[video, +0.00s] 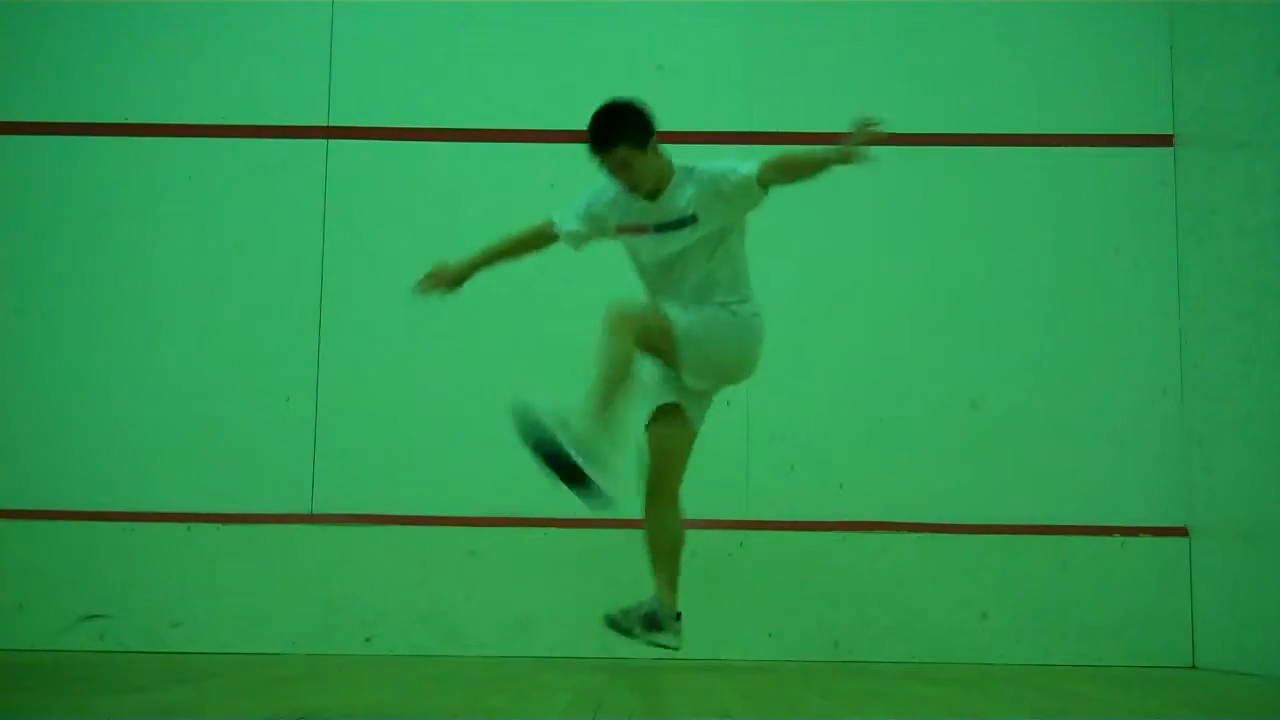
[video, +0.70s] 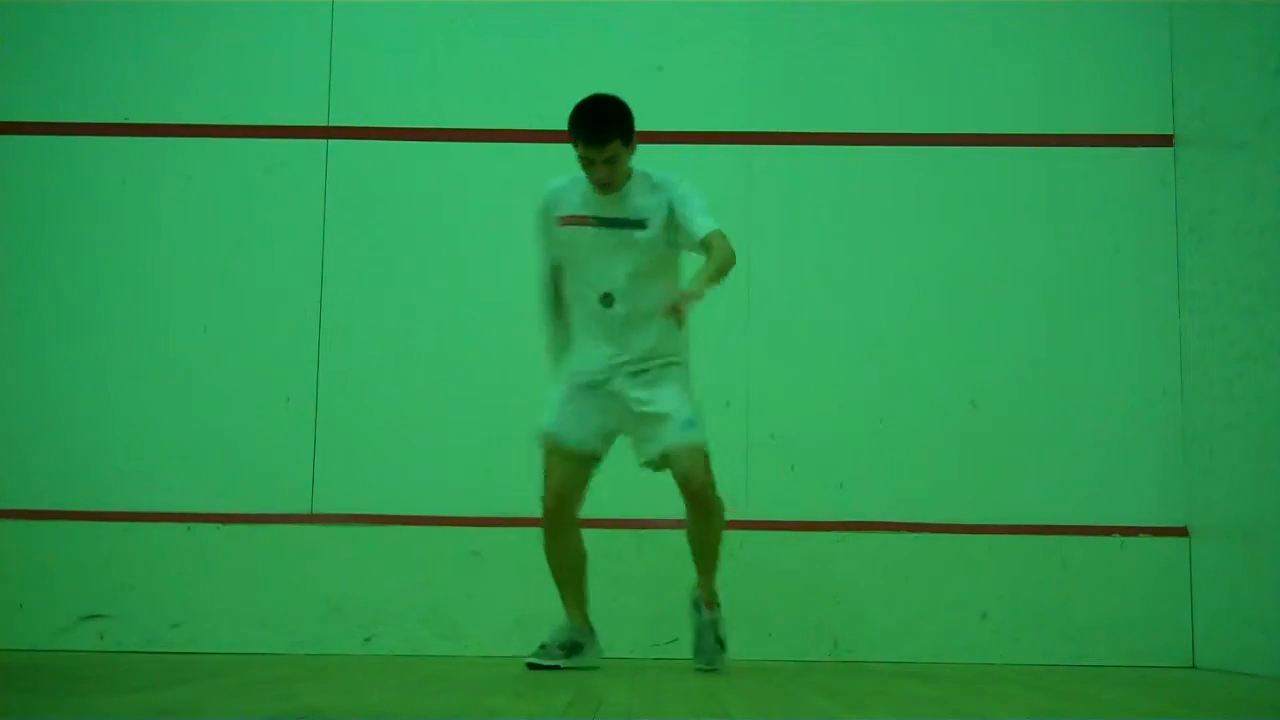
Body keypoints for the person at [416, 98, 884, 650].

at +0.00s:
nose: (619, 179)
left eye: (624, 166)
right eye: (611, 171)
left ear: (652, 146)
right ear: (608, 167)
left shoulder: (714, 183)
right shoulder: (612, 207)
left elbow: (776, 170)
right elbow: (544, 236)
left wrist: (842, 152)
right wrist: (466, 268)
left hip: (731, 335)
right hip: (681, 347)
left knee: (627, 320)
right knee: (661, 473)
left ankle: (594, 452)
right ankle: (664, 610)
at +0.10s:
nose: (633, 160)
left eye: (640, 146)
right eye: (625, 150)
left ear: (670, 131)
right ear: (621, 147)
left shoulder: (723, 175)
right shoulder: (631, 188)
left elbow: (793, 170)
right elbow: (584, 215)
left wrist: (767, 150)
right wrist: (546, 230)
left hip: (724, 335)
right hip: (668, 344)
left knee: (676, 434)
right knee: (661, 475)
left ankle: (724, 588)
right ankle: (676, 614)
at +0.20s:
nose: (642, 177)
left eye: (648, 163)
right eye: (634, 167)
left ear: (680, 149)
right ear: (631, 165)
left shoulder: (732, 197)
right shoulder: (655, 211)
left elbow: (798, 193)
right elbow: (667, 251)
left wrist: (746, 153)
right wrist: (634, 252)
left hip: (721, 385)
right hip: (662, 389)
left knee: (730, 502)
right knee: (639, 479)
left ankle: (766, 636)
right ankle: (673, 615)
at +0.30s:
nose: (635, 168)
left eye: (642, 154)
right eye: (627, 158)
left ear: (673, 142)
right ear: (623, 154)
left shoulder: (720, 188)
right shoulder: (637, 195)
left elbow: (774, 195)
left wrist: (734, 160)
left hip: (714, 359)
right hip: (657, 353)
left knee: (733, 488)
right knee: (599, 385)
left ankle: (757, 628)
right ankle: (665, 491)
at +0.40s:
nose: (629, 157)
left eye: (636, 144)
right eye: (618, 148)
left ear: (663, 131)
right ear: (610, 146)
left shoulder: (707, 180)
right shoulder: (616, 192)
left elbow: (725, 194)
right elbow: (643, 247)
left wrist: (699, 182)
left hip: (712, 340)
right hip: (652, 334)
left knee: (724, 478)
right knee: (549, 307)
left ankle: (734, 612)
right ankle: (661, 375)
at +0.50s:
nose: (620, 167)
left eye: (628, 153)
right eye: (611, 157)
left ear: (657, 139)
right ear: (603, 153)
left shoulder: (696, 181)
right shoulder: (608, 194)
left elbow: (715, 209)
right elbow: (629, 262)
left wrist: (678, 213)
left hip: (699, 349)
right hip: (637, 338)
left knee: (707, 490)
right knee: (524, 342)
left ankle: (715, 623)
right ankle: (604, 387)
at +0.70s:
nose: (601, 173)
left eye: (612, 160)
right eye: (590, 162)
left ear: (632, 146)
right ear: (576, 153)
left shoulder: (666, 195)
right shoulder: (556, 205)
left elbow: (722, 252)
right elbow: (554, 284)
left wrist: (695, 289)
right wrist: (561, 350)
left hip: (660, 375)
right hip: (588, 377)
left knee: (700, 487)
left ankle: (707, 602)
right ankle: (578, 629)